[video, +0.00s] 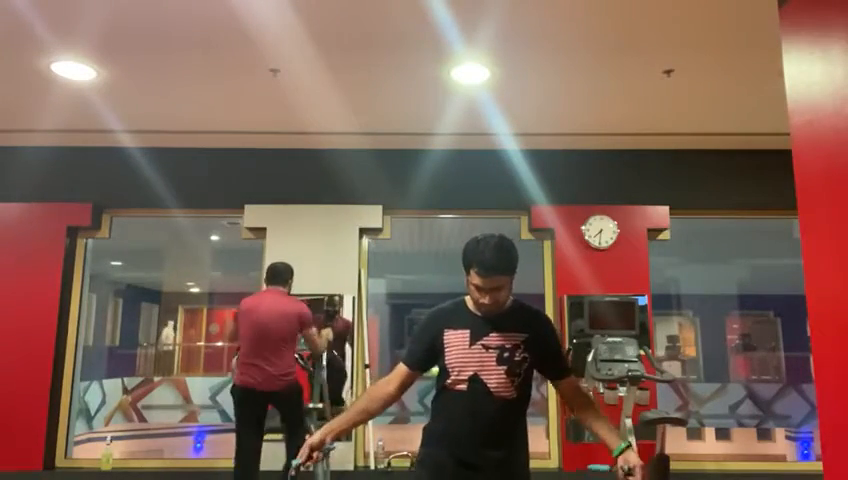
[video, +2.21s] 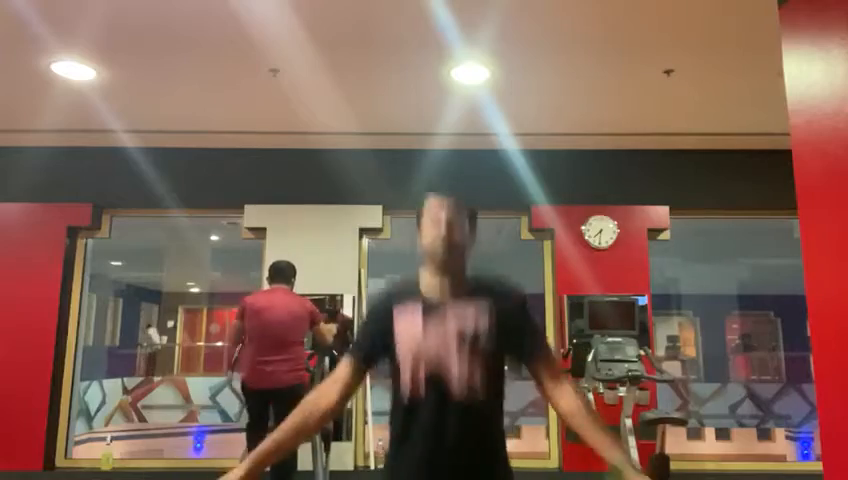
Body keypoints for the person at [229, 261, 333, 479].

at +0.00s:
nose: (290, 285)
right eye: (291, 282)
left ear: (266, 281)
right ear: (289, 283)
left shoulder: (246, 304)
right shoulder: (298, 308)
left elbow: (231, 337)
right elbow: (317, 348)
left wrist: (255, 331)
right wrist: (325, 336)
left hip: (248, 387)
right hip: (284, 386)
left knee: (247, 445)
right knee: (295, 433)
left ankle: (245, 477)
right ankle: (294, 473)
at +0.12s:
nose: (292, 285)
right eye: (293, 281)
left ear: (267, 280)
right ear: (292, 282)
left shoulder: (247, 304)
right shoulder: (299, 307)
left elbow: (246, 343)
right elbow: (308, 350)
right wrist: (323, 348)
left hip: (249, 384)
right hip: (284, 384)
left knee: (247, 444)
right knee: (295, 427)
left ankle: (243, 477)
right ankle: (297, 472)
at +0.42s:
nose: (295, 283)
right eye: (296, 280)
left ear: (271, 278)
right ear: (295, 280)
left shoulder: (250, 302)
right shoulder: (305, 305)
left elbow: (239, 338)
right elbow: (324, 342)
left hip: (255, 382)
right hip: (291, 383)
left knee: (254, 428)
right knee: (286, 433)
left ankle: (252, 473)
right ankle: (283, 475)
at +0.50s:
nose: (295, 284)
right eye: (295, 281)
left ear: (270, 280)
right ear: (294, 281)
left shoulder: (250, 303)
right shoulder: (304, 306)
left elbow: (230, 344)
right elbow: (324, 341)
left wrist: (228, 375)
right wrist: (331, 329)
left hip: (254, 384)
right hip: (290, 385)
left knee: (255, 429)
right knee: (284, 435)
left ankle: (257, 474)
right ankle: (278, 475)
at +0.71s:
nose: (292, 280)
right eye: (293, 276)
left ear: (268, 275)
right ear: (292, 276)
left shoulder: (246, 297)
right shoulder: (302, 300)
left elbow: (227, 338)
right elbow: (320, 332)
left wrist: (243, 342)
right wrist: (329, 326)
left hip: (250, 382)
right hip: (284, 382)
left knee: (255, 440)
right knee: (285, 440)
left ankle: (254, 476)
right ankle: (281, 476)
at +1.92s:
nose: (290, 282)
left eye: (287, 277)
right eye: (291, 277)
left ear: (268, 276)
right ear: (291, 277)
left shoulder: (250, 302)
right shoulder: (298, 302)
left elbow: (242, 341)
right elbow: (307, 345)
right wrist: (321, 348)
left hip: (250, 383)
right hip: (286, 381)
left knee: (251, 441)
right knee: (294, 427)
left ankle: (245, 475)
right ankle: (293, 469)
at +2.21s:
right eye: (292, 280)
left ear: (268, 279)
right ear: (293, 281)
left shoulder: (249, 302)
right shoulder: (304, 304)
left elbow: (235, 339)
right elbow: (325, 339)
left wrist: (229, 365)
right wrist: (332, 326)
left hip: (255, 383)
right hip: (291, 384)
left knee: (256, 427)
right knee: (286, 435)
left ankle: (253, 471)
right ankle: (284, 475)